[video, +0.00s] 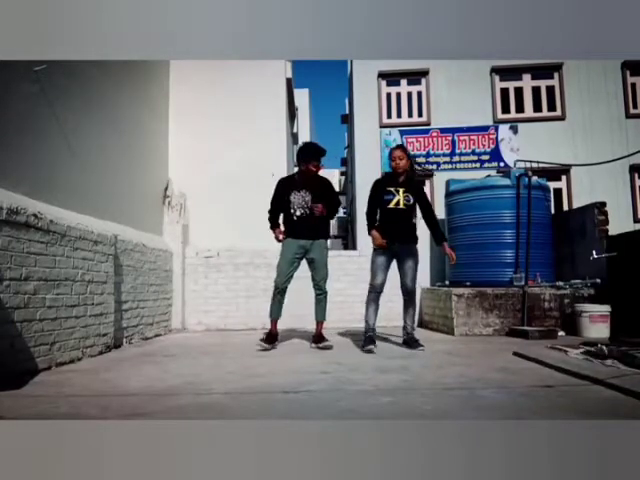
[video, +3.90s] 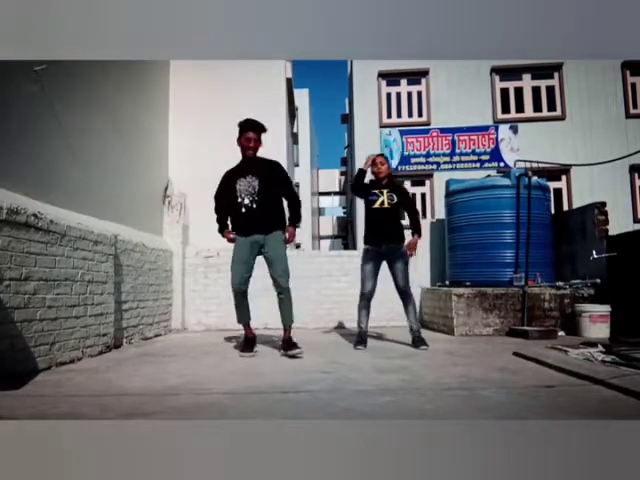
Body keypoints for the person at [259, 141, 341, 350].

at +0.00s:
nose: (320, 166)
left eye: (320, 162)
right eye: (316, 162)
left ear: (315, 162)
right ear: (305, 163)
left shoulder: (324, 183)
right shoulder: (285, 184)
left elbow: (335, 205)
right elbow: (274, 210)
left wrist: (325, 212)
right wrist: (275, 227)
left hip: (318, 241)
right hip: (293, 240)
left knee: (320, 286)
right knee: (280, 284)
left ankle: (319, 331)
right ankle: (273, 330)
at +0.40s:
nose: (281, 162)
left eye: (285, 158)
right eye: (277, 158)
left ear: (289, 159)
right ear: (271, 158)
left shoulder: (296, 182)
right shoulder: (256, 181)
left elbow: (307, 210)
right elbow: (242, 211)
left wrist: (302, 212)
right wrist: (246, 228)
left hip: (292, 241)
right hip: (265, 242)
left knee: (305, 285)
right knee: (262, 288)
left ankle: (310, 330)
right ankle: (264, 335)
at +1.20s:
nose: (266, 153)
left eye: (271, 149)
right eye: (262, 149)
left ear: (277, 146)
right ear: (256, 146)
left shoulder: (289, 169)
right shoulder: (247, 169)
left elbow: (310, 199)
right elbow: (226, 197)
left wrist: (299, 181)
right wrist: (229, 199)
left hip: (278, 235)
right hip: (250, 236)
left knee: (274, 286)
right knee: (239, 284)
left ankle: (271, 342)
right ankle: (256, 323)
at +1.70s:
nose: (268, 141)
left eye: (270, 137)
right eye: (263, 137)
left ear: (273, 136)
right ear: (254, 137)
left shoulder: (285, 159)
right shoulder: (245, 162)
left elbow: (309, 182)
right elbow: (225, 192)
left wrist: (292, 156)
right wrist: (238, 161)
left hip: (285, 231)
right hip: (255, 231)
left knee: (279, 290)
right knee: (247, 287)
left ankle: (270, 343)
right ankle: (244, 346)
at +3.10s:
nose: (280, 153)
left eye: (285, 148)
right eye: (276, 148)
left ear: (291, 147)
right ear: (269, 146)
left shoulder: (299, 171)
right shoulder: (255, 169)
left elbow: (314, 206)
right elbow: (230, 198)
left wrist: (303, 191)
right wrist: (248, 189)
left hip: (290, 238)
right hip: (261, 238)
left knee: (292, 292)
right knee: (254, 288)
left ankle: (284, 342)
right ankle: (251, 345)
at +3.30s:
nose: (287, 148)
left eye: (291, 144)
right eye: (282, 143)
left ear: (296, 145)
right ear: (275, 143)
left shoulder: (302, 174)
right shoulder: (258, 168)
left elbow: (311, 206)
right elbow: (237, 201)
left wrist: (307, 231)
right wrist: (237, 224)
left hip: (288, 237)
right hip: (258, 235)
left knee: (289, 288)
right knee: (245, 283)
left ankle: (284, 340)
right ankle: (246, 335)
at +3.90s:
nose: (251, 144)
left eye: (255, 140)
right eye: (246, 140)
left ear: (260, 143)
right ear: (239, 142)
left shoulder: (274, 168)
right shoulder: (230, 176)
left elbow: (292, 198)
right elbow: (220, 204)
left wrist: (292, 225)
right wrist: (224, 228)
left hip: (273, 234)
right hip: (244, 236)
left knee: (282, 283)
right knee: (238, 285)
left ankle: (288, 336)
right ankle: (248, 333)